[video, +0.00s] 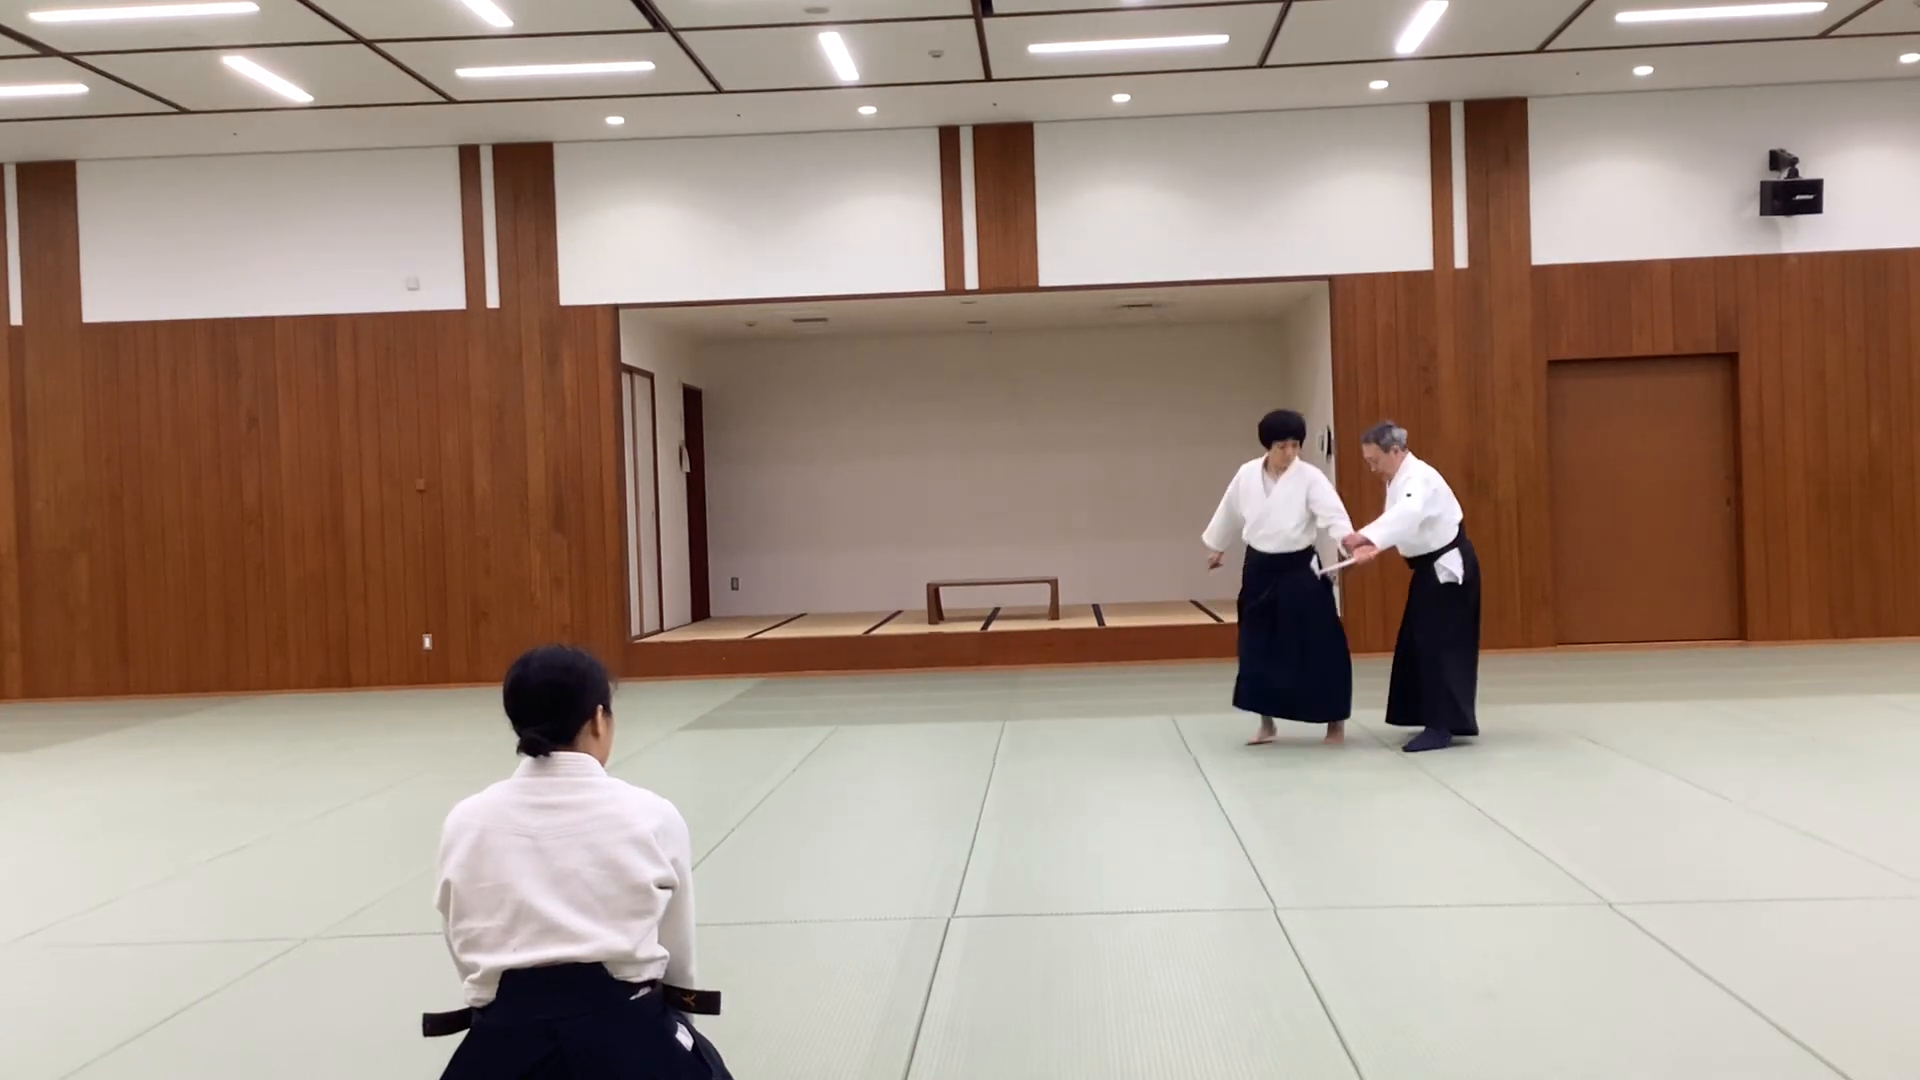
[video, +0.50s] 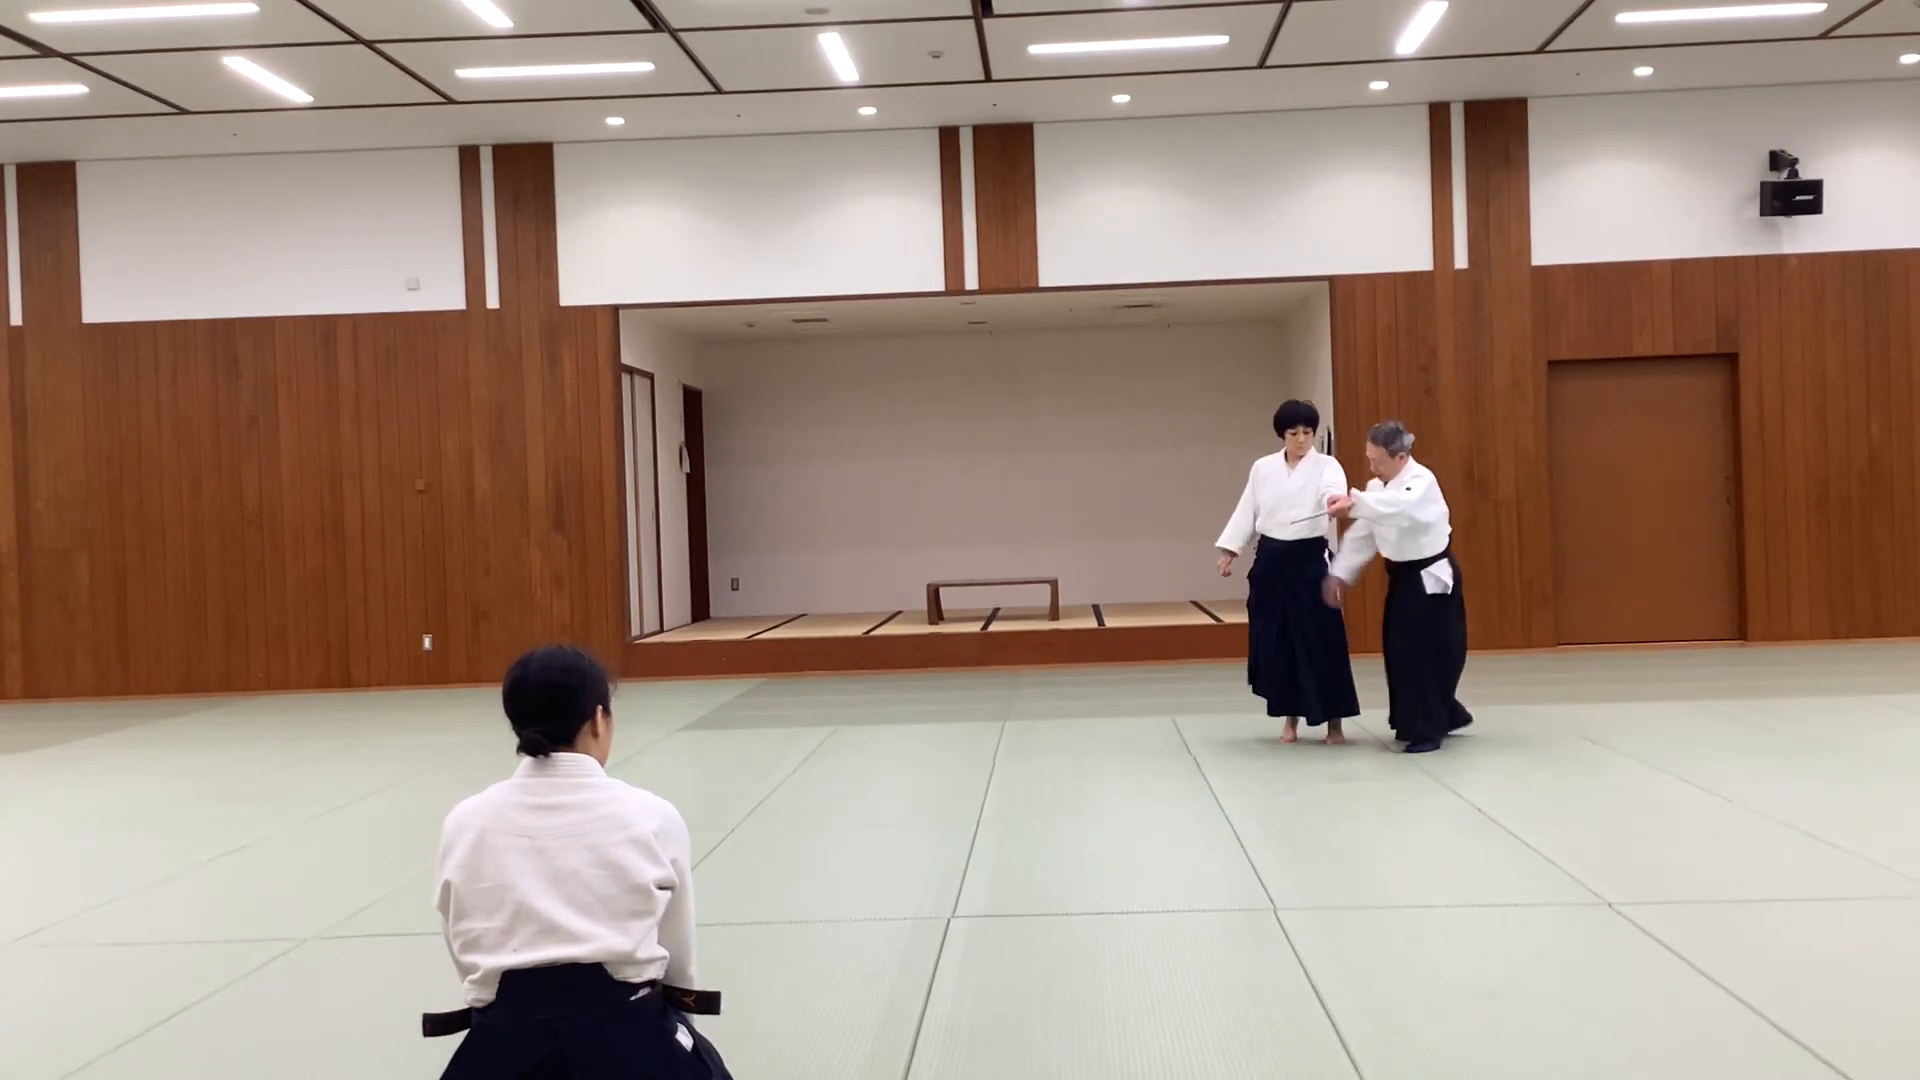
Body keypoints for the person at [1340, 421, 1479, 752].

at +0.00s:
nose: (1370, 467)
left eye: (1373, 460)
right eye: (1368, 461)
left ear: (1395, 451)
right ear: (1391, 454)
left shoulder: (1418, 478)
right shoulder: (1399, 480)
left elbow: (1404, 517)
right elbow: (1399, 522)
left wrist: (1364, 535)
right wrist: (1375, 546)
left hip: (1447, 566)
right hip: (1429, 567)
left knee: (1434, 643)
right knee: (1426, 642)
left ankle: (1439, 726)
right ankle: (1444, 721)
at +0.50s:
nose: (1370, 465)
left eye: (1375, 459)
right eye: (1368, 459)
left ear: (1398, 455)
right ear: (1374, 454)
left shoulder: (1421, 480)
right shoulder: (1377, 487)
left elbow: (1400, 506)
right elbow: (1360, 535)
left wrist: (1354, 502)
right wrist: (1338, 573)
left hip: (1431, 576)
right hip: (1401, 577)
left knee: (1424, 650)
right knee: (1400, 649)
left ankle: (1426, 730)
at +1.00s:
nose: (1316, 501)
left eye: (1322, 497)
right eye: (1314, 494)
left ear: (1346, 497)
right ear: (1313, 489)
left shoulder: (1373, 518)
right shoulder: (1301, 518)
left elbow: (1371, 570)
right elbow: (1296, 562)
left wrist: (1320, 596)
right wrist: (1302, 592)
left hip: (1375, 602)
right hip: (1327, 604)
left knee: (1390, 667)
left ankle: (1406, 736)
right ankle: (1251, 728)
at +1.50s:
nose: (1230, 498)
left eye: (1235, 490)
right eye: (1224, 491)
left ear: (1253, 481)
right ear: (1219, 488)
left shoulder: (1286, 508)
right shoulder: (1220, 518)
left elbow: (1305, 558)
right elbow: (1182, 542)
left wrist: (1258, 587)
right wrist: (1148, 568)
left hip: (1320, 584)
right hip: (1274, 591)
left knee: (1360, 650)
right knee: (1254, 663)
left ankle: (1408, 718)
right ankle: (1247, 740)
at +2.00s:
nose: (1327, 490)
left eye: (1335, 482)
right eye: (1322, 482)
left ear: (1355, 479)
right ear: (1317, 480)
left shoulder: (1378, 513)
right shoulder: (1313, 512)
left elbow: (1408, 565)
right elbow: (1310, 565)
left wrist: (1407, 609)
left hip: (1377, 599)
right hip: (1334, 596)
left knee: (1396, 669)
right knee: (1296, 658)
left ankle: (1405, 749)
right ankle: (1274, 737)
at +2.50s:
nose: (1365, 466)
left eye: (1373, 459)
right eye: (1362, 459)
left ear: (1397, 458)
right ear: (1360, 458)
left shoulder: (1414, 496)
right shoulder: (1367, 498)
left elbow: (1422, 547)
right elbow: (1378, 549)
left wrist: (1406, 585)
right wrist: (1365, 589)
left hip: (1434, 587)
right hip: (1405, 589)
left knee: (1409, 657)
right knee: (1439, 658)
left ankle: (1410, 744)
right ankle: (1470, 727)